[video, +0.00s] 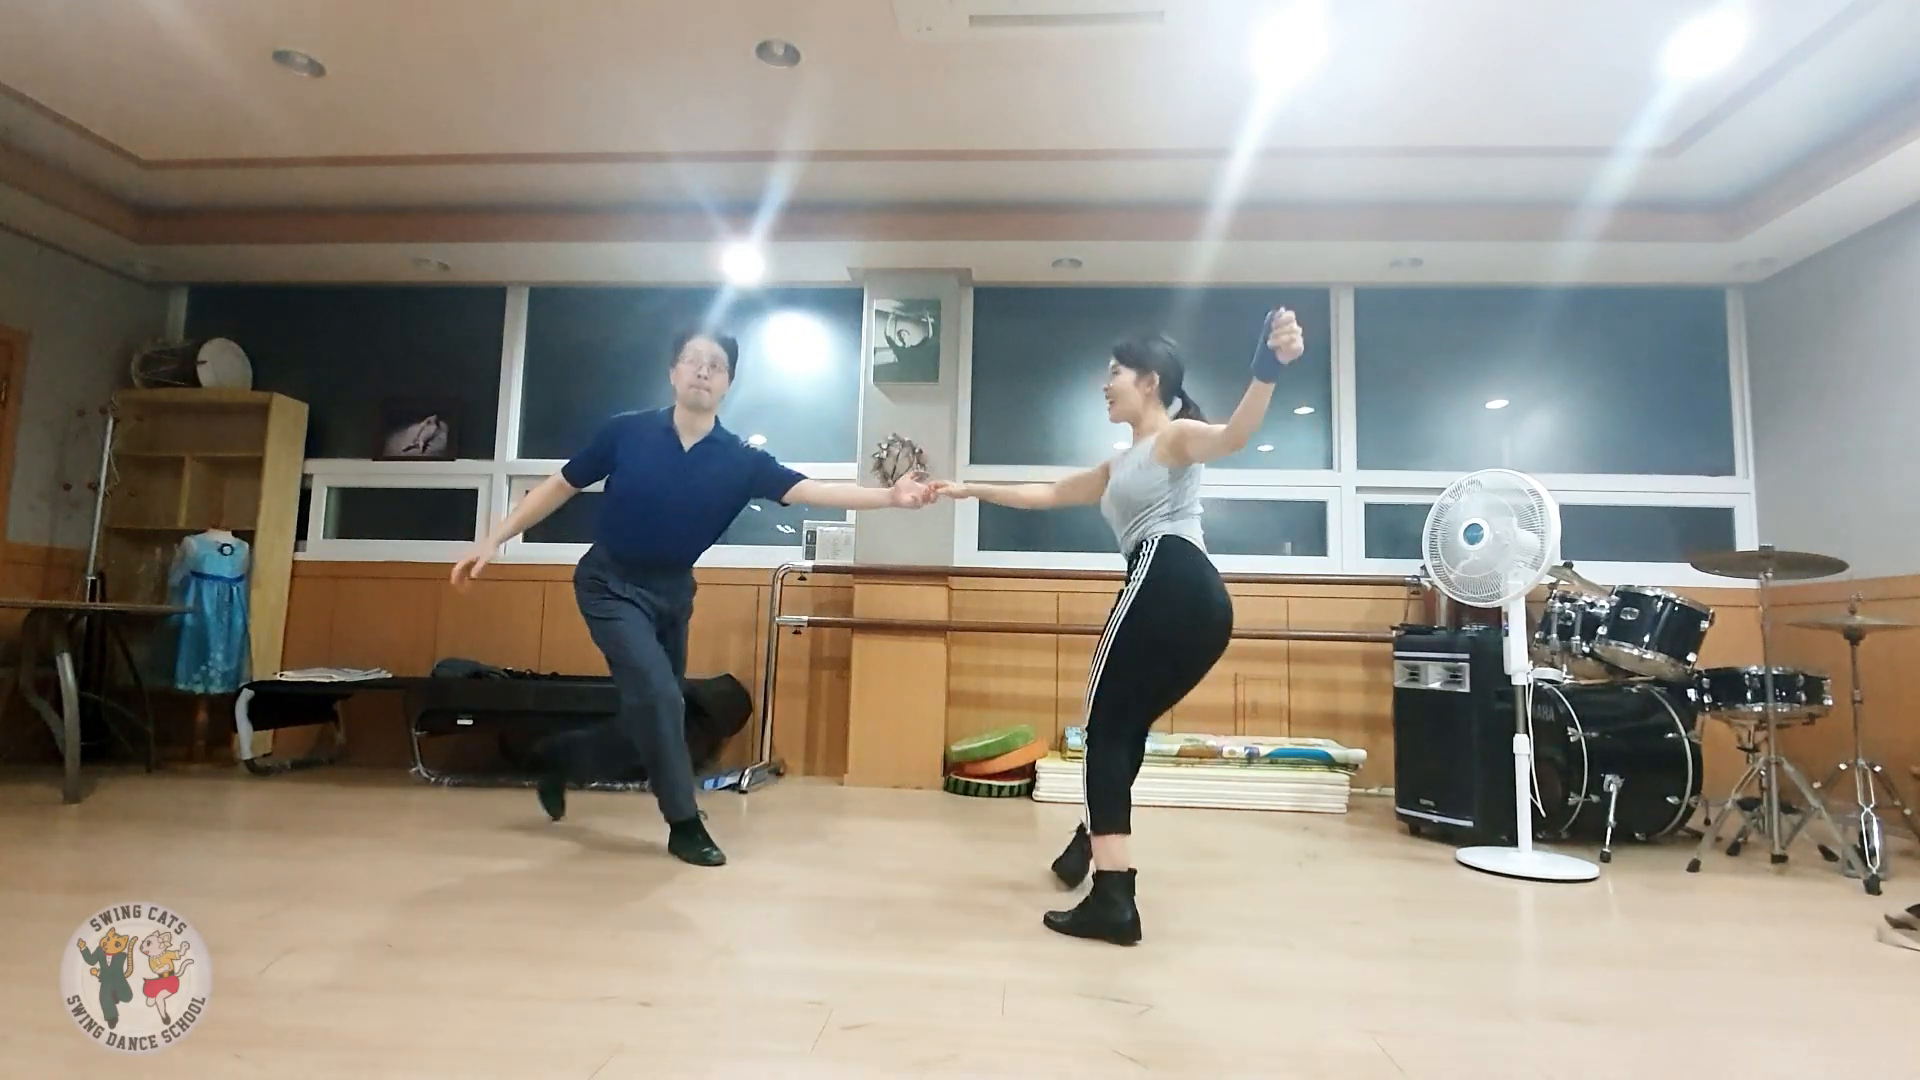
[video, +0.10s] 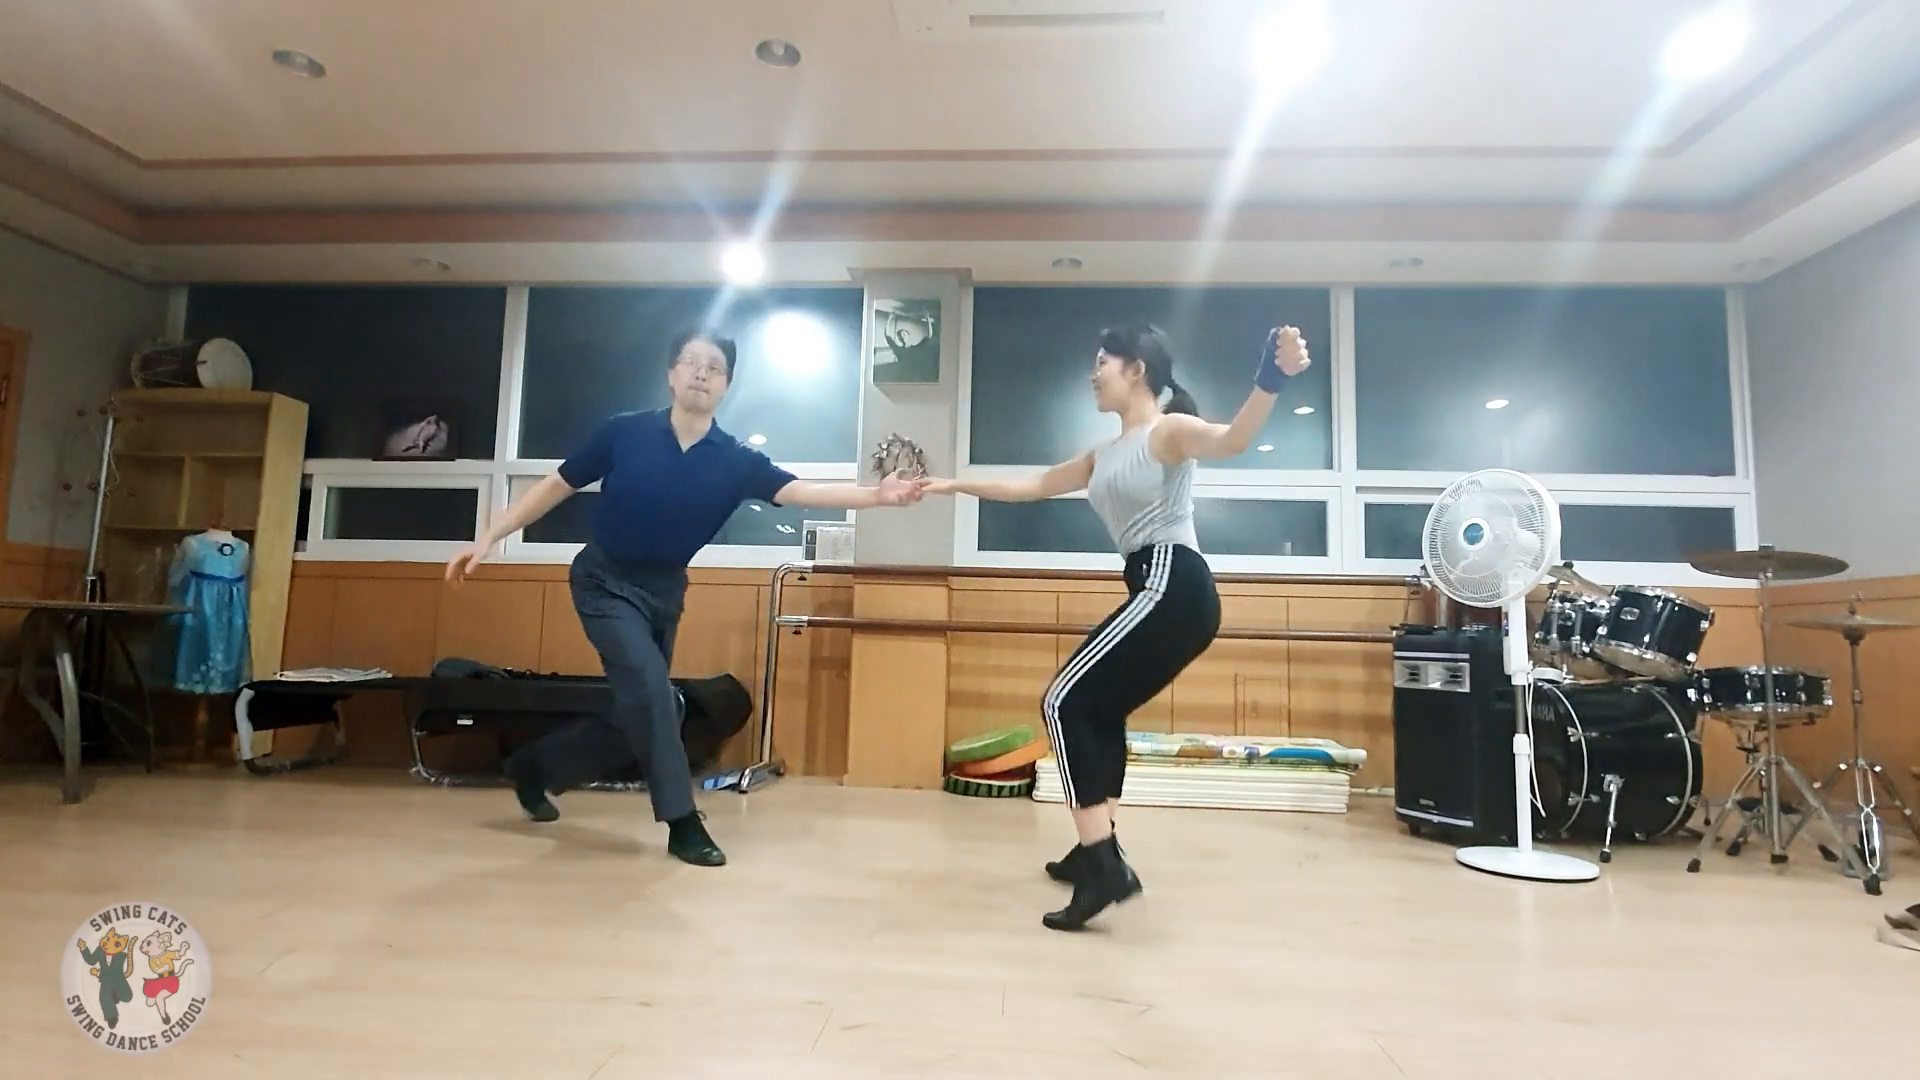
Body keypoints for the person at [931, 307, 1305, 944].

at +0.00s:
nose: (1106, 384)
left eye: (1116, 373)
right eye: (1108, 373)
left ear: (1150, 382)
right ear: (1137, 385)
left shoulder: (1175, 435)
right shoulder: (1118, 467)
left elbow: (1233, 436)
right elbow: (1045, 492)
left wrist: (1269, 364)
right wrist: (964, 487)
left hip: (1167, 579)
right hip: (1204, 606)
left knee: (1106, 725)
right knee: (1127, 726)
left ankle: (1114, 897)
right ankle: (1091, 839)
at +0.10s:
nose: (1093, 373)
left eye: (1102, 362)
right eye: (1095, 363)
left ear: (1135, 369)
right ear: (1128, 372)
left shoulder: (1168, 429)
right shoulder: (1104, 454)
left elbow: (1232, 440)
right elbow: (1032, 486)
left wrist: (1275, 374)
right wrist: (947, 484)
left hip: (1171, 589)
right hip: (1168, 595)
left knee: (1064, 700)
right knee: (1097, 710)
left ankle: (1100, 860)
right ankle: (1100, 844)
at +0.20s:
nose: (1078, 372)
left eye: (1088, 362)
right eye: (1081, 362)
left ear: (1121, 369)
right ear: (1114, 372)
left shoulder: (1163, 430)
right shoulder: (1085, 454)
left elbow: (1236, 440)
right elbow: (1010, 483)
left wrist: (1281, 382)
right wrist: (925, 481)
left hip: (1169, 597)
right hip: (1126, 598)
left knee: (1066, 693)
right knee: (1067, 700)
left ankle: (1047, 844)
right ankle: (1103, 839)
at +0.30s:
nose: (1058, 379)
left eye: (1067, 367)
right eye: (1060, 368)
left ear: (1101, 372)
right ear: (1093, 377)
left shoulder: (1148, 433)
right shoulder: (1063, 456)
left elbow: (1233, 448)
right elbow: (986, 484)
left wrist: (1286, 403)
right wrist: (905, 481)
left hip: (1145, 600)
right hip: (1085, 595)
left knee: (1070, 712)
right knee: (1044, 713)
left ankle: (974, 837)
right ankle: (1093, 830)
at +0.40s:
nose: (1024, 379)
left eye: (1032, 369)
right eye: (1026, 369)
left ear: (1065, 372)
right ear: (1057, 374)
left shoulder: (1121, 439)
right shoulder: (1031, 456)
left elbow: (1208, 469)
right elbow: (956, 487)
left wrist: (1280, 451)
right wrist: (875, 485)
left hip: (1101, 606)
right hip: (1040, 602)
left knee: (1042, 723)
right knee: (1043, 726)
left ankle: (967, 865)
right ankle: (1094, 835)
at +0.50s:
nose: (979, 365)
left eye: (985, 355)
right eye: (981, 356)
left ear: (1015, 360)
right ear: (1011, 363)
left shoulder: (1065, 430)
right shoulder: (984, 444)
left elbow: (1143, 480)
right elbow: (922, 492)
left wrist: (1219, 491)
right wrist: (840, 491)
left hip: (1054, 590)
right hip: (995, 592)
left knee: (1007, 716)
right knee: (1024, 722)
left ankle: (973, 867)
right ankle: (1089, 830)